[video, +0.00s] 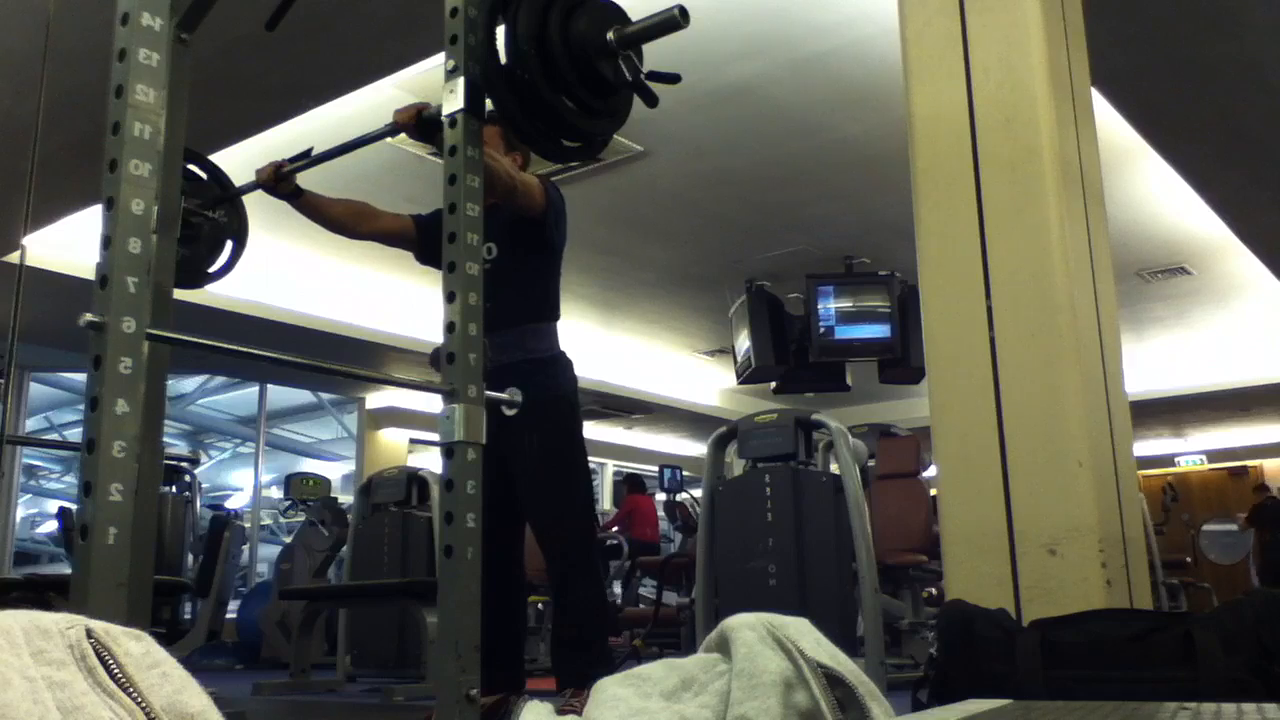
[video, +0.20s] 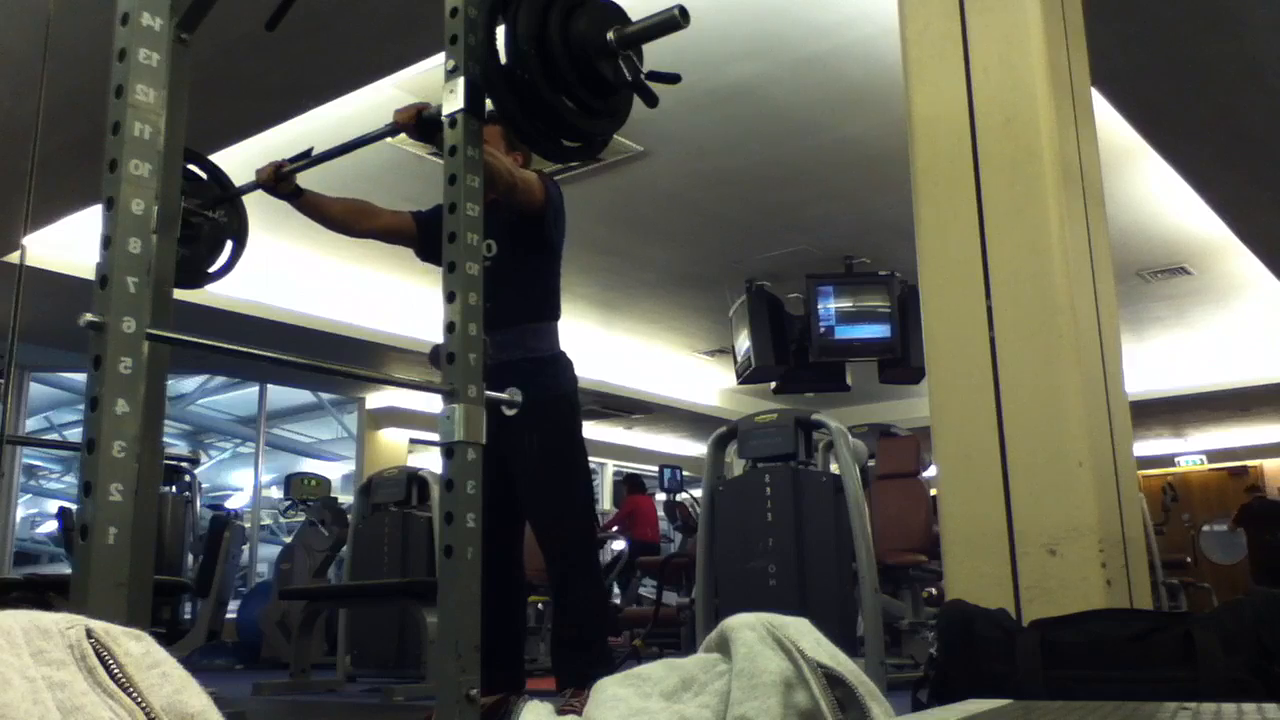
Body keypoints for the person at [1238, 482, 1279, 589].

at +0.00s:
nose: (1256, 497)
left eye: (1256, 494)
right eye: (1256, 494)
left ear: (1258, 494)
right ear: (1269, 491)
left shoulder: (1259, 507)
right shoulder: (1277, 503)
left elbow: (1244, 526)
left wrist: (1241, 518)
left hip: (1265, 548)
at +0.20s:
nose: (1249, 497)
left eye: (1249, 495)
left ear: (1249, 495)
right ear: (1262, 493)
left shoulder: (1246, 507)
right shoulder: (1275, 505)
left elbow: (1232, 526)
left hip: (1257, 551)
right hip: (1276, 550)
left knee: (1260, 582)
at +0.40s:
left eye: (1241, 495)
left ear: (1241, 495)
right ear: (1255, 493)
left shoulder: (1237, 508)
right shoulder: (1268, 504)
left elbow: (1225, 529)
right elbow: (1277, 521)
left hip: (1250, 549)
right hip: (1272, 548)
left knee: (1255, 578)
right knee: (1274, 578)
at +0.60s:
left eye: (1239, 495)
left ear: (1237, 495)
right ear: (1250, 493)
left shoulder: (1232, 509)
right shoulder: (1264, 504)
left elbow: (1222, 529)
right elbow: (1275, 520)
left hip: (1247, 551)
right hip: (1269, 548)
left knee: (1254, 580)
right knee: (1273, 578)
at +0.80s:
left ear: (1235, 495)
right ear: (1248, 493)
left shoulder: (1229, 509)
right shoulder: (1261, 504)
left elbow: (1220, 530)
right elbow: (1274, 521)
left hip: (1246, 552)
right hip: (1268, 549)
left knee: (1254, 581)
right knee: (1273, 579)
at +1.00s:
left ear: (1234, 495)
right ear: (1248, 493)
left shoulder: (1229, 509)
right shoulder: (1261, 505)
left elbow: (1219, 531)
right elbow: (1274, 521)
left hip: (1246, 553)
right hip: (1268, 550)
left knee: (1253, 582)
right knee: (1273, 581)